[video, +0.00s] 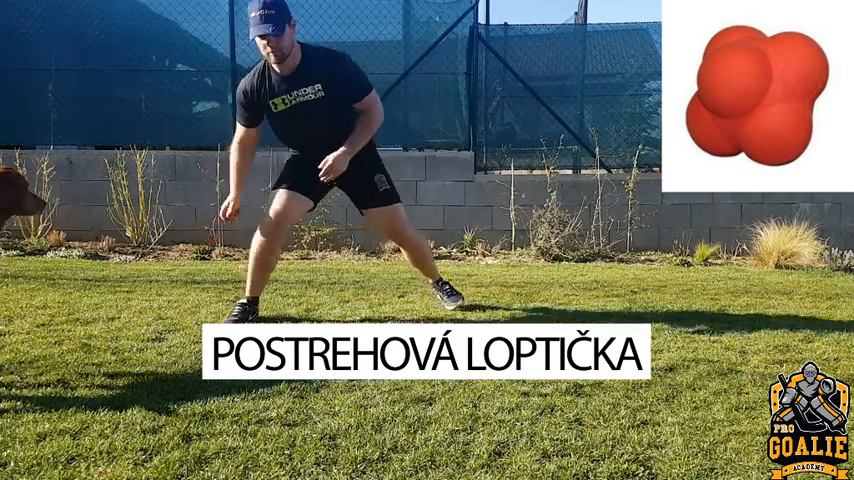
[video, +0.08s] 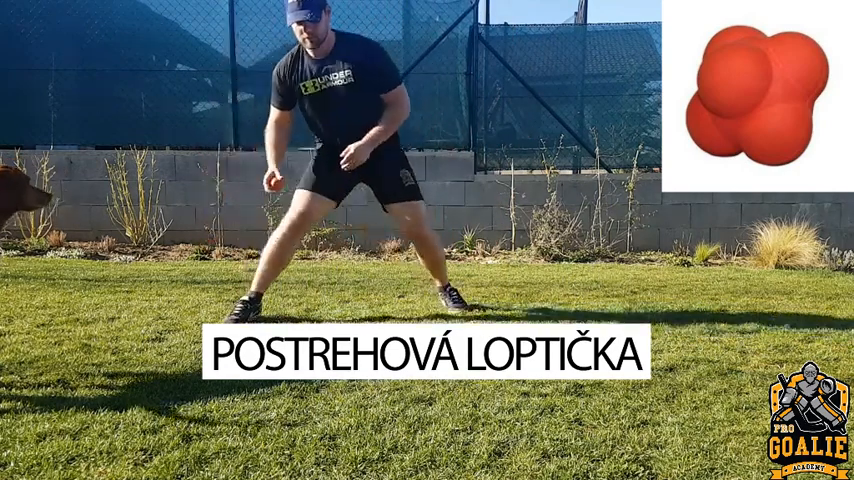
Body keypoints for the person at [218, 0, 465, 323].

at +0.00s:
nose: (269, 43)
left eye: (275, 33)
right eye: (261, 37)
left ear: (292, 28)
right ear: (254, 39)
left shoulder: (334, 64)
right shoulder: (252, 89)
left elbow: (373, 112)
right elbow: (243, 142)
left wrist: (346, 152)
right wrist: (234, 192)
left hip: (357, 152)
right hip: (307, 159)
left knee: (400, 233)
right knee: (273, 223)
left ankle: (439, 283)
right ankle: (249, 304)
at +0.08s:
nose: (305, 31)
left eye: (311, 21)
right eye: (298, 25)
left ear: (327, 15)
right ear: (290, 27)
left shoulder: (366, 52)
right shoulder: (287, 71)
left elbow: (400, 105)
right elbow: (278, 122)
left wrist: (369, 143)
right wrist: (274, 164)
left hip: (381, 148)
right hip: (332, 154)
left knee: (415, 225)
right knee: (296, 220)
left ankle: (446, 288)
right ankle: (252, 299)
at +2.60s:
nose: (392, 14)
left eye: (400, 7)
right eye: (386, 7)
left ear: (411, 7)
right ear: (378, 8)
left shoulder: (434, 46)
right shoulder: (359, 47)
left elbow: (461, 99)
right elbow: (344, 106)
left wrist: (448, 136)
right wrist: (367, 78)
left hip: (421, 149)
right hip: (373, 148)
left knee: (440, 224)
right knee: (341, 219)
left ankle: (452, 292)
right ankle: (318, 293)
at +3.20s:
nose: (391, 22)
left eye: (399, 16)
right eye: (385, 16)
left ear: (408, 14)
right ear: (374, 11)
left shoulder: (427, 52)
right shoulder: (350, 52)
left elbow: (444, 108)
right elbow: (329, 104)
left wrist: (446, 146)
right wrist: (319, 150)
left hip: (411, 152)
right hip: (363, 151)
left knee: (436, 218)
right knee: (338, 223)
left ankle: (452, 292)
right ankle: (318, 293)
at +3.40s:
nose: (373, 28)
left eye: (379, 21)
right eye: (369, 22)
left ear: (400, 12)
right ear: (364, 16)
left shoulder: (429, 52)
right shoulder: (353, 52)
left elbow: (449, 114)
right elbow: (338, 105)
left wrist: (432, 155)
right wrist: (320, 147)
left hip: (416, 152)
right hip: (367, 151)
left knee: (437, 219)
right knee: (340, 219)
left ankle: (452, 292)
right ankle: (317, 292)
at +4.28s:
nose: (376, 20)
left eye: (383, 14)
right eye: (369, 14)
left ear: (393, 12)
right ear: (360, 14)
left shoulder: (419, 50)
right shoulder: (342, 53)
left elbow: (438, 104)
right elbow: (331, 106)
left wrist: (425, 140)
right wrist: (356, 127)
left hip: (405, 148)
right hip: (358, 148)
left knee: (433, 218)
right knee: (333, 219)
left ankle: (452, 291)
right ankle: (317, 293)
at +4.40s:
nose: (381, 19)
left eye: (388, 12)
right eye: (374, 13)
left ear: (397, 12)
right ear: (364, 13)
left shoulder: (421, 50)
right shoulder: (344, 54)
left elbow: (440, 104)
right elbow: (331, 114)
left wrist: (429, 137)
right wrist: (329, 163)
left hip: (405, 149)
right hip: (356, 149)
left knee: (433, 217)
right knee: (333, 222)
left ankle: (452, 291)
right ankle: (317, 293)